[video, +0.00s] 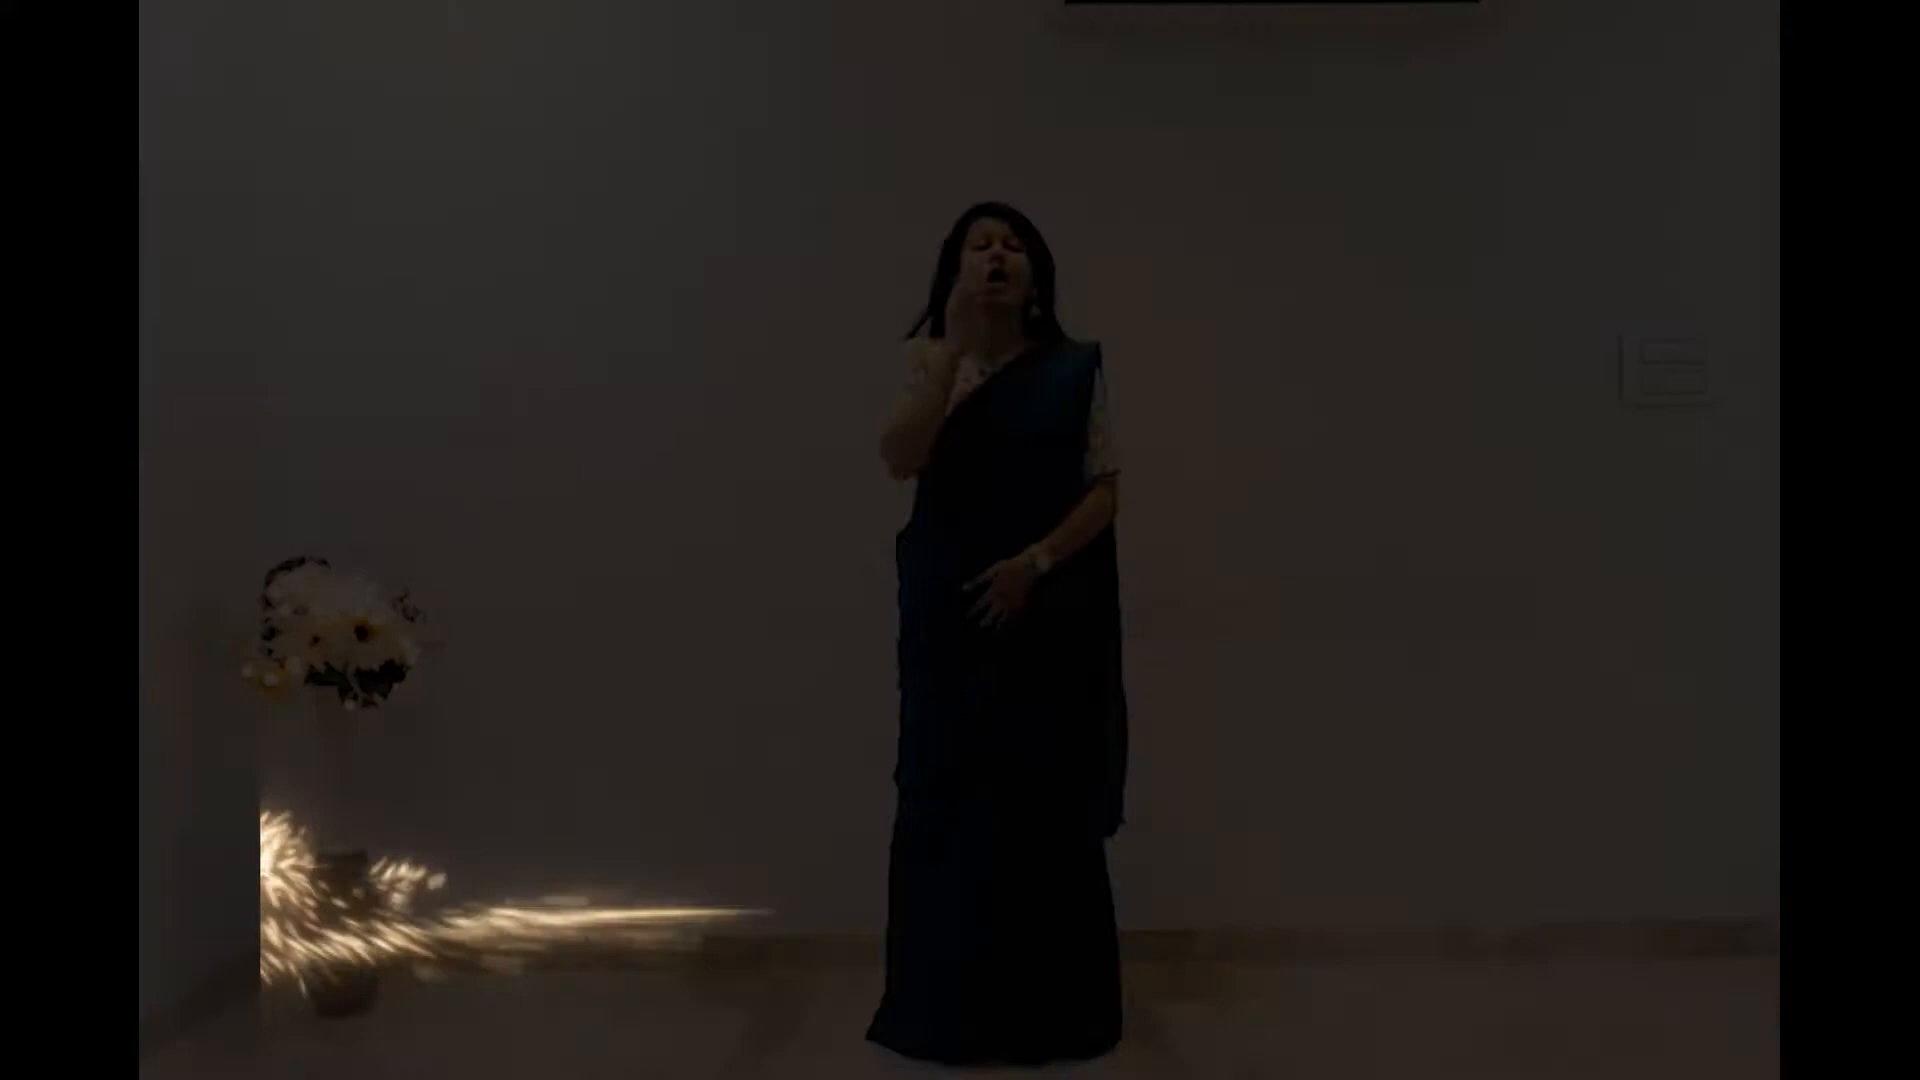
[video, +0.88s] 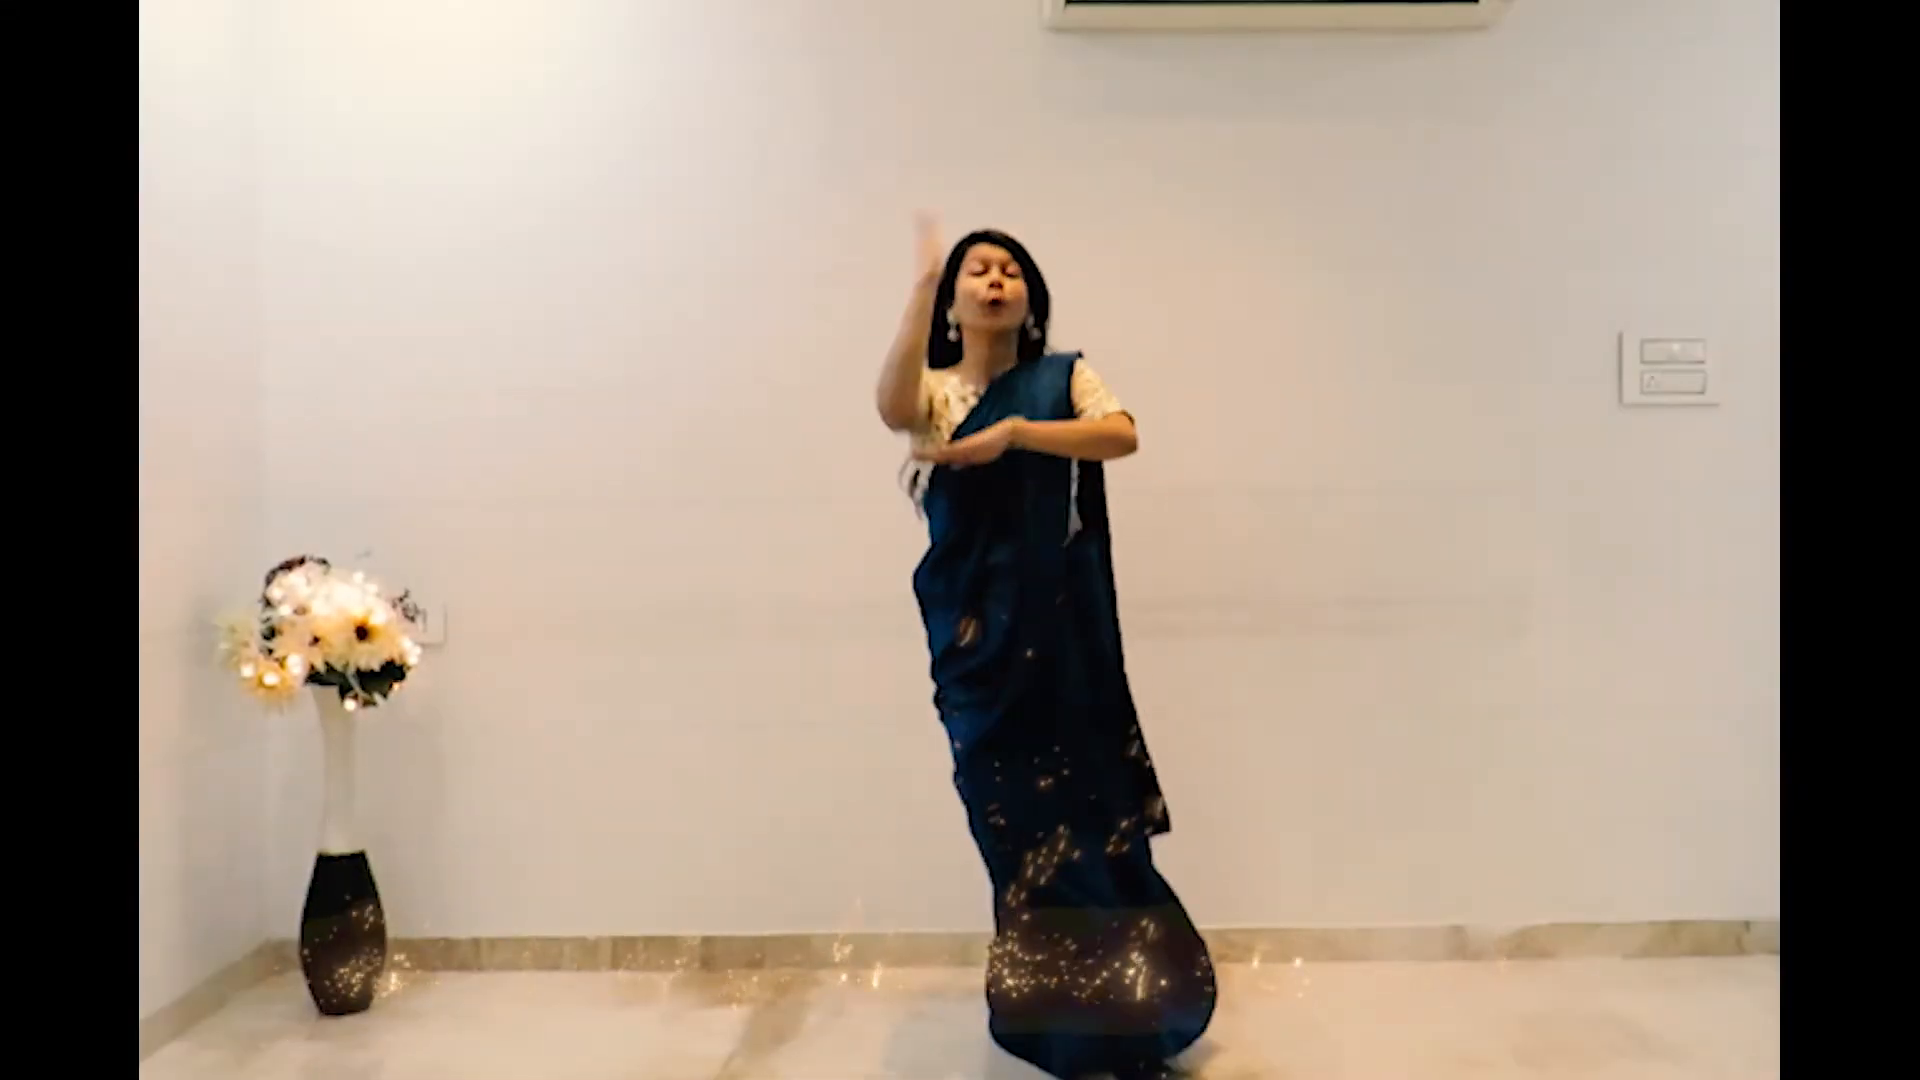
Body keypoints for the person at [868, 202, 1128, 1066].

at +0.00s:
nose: (998, 258)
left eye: (1014, 248)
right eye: (981, 247)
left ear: (1037, 275)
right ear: (952, 271)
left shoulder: (1076, 367)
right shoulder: (928, 359)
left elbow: (1106, 492)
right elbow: (900, 457)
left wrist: (1035, 562)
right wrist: (951, 353)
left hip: (1054, 626)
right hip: (947, 625)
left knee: (1050, 814)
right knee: (948, 811)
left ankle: (1052, 1010)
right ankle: (945, 1010)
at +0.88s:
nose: (995, 281)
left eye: (1010, 273)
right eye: (979, 273)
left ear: (1030, 302)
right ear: (950, 301)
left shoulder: (1064, 374)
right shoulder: (931, 391)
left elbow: (1120, 434)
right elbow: (892, 405)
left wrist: (1013, 434)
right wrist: (923, 300)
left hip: (1066, 628)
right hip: (974, 634)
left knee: (1089, 812)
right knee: (1010, 818)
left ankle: (1122, 1002)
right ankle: (1052, 1006)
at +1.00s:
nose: (1000, 261)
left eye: (1014, 253)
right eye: (982, 253)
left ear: (1042, 284)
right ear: (959, 287)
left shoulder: (1072, 357)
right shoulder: (941, 363)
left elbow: (1093, 420)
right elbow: (870, 285)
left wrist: (977, 407)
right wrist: (992, 300)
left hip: (1048, 620)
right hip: (950, 618)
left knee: (1057, 804)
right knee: (947, 790)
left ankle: (1106, 989)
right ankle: (963, 972)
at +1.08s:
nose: (1002, 249)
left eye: (1018, 240)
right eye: (984, 242)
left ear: (1045, 271)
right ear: (956, 274)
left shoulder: (1072, 355)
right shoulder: (940, 348)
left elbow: (1087, 447)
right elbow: (874, 293)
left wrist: (975, 422)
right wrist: (989, 323)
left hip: (1026, 595)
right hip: (937, 591)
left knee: (1024, 788)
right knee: (915, 774)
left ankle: (1022, 994)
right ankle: (895, 962)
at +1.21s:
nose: (1007, 281)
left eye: (1023, 270)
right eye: (991, 269)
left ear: (1050, 294)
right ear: (966, 291)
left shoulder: (1079, 400)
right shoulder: (925, 377)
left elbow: (1083, 527)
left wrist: (978, 506)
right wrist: (976, 442)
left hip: (1017, 622)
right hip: (924, 615)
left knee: (998, 799)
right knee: (907, 794)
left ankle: (1003, 987)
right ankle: (902, 984)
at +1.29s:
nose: (1001, 272)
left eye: (1017, 264)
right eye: (986, 262)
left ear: (1041, 294)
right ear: (960, 292)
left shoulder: (1076, 387)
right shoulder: (927, 380)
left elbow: (1103, 513)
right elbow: (888, 498)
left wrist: (1015, 558)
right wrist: (966, 417)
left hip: (1022, 618)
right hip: (928, 611)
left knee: (1008, 795)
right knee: (917, 787)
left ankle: (997, 980)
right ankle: (886, 979)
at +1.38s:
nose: (1000, 259)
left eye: (1015, 251)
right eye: (981, 251)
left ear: (1034, 287)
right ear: (953, 283)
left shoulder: (1071, 371)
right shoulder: (935, 366)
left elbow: (1125, 487)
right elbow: (912, 418)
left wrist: (1065, 554)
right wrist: (934, 302)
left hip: (1022, 614)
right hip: (928, 606)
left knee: (1010, 804)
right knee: (927, 792)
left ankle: (1001, 996)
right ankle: (897, 981)